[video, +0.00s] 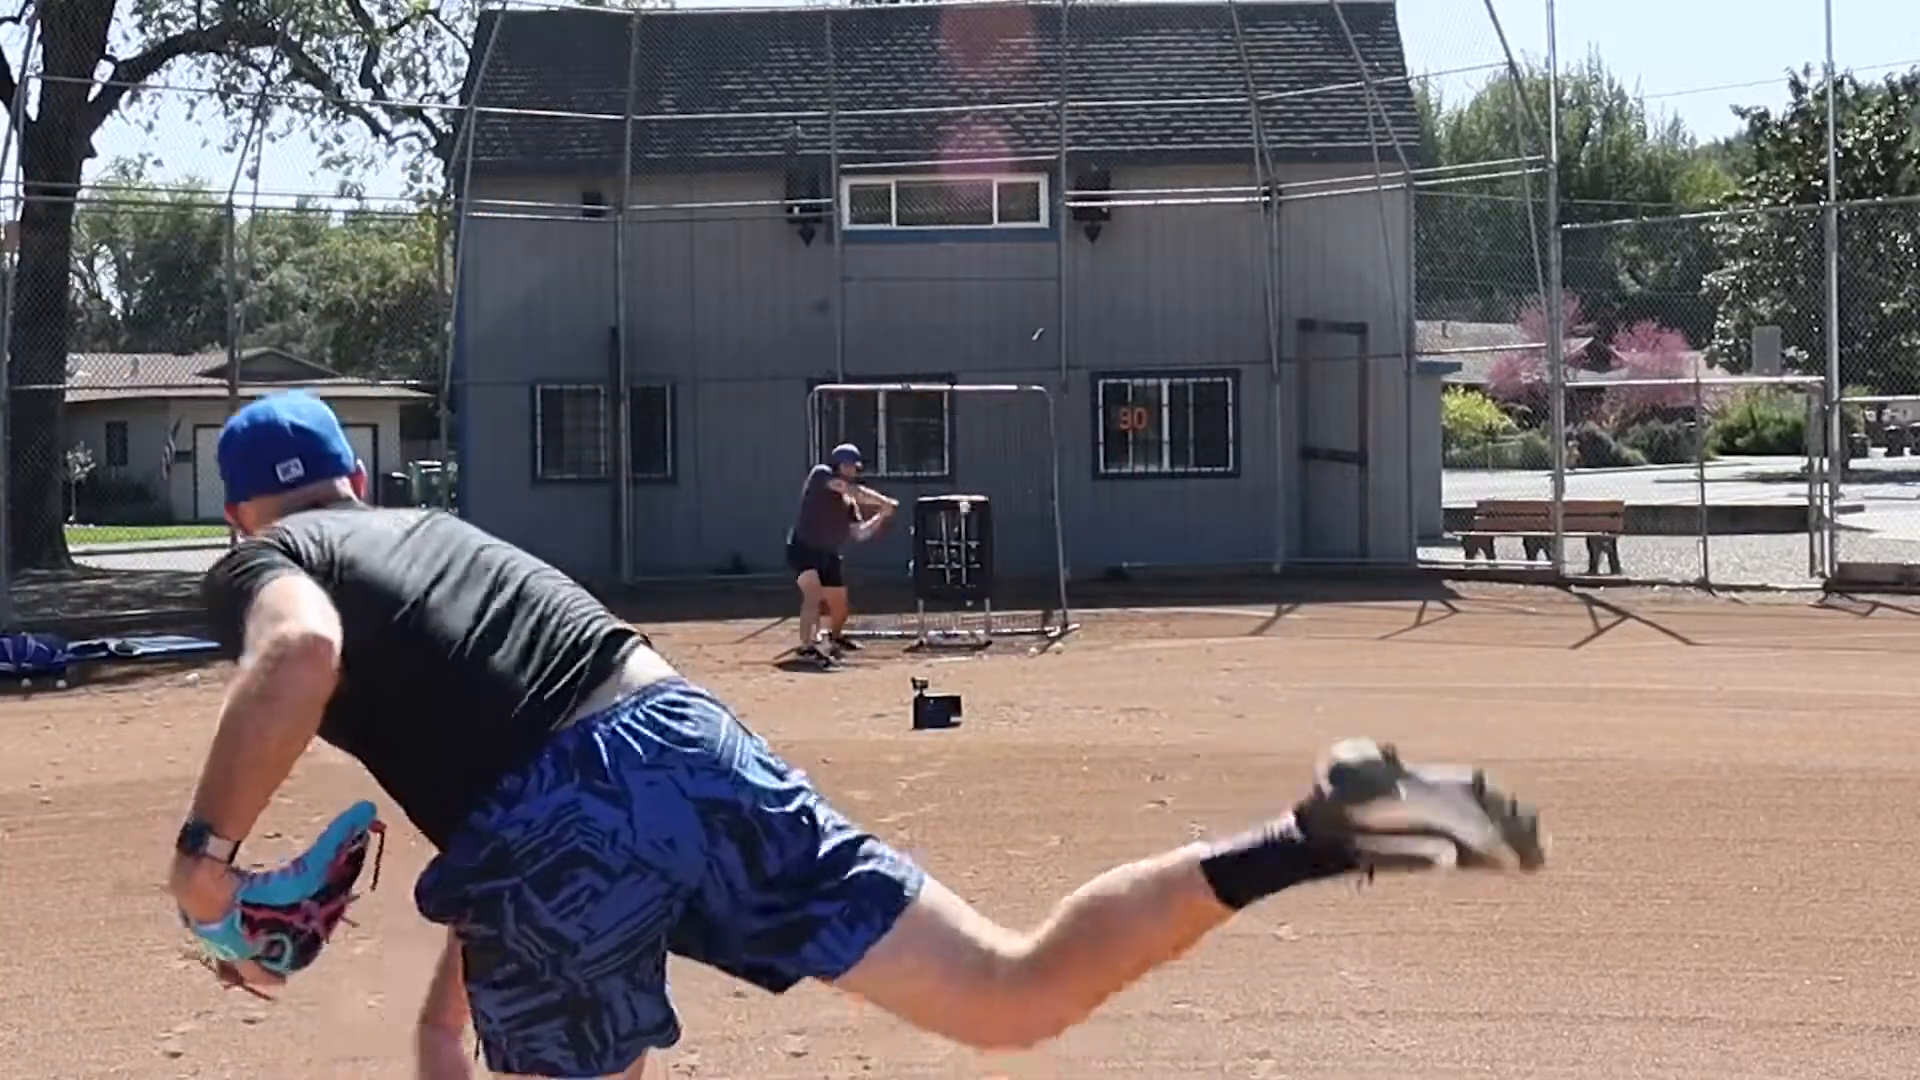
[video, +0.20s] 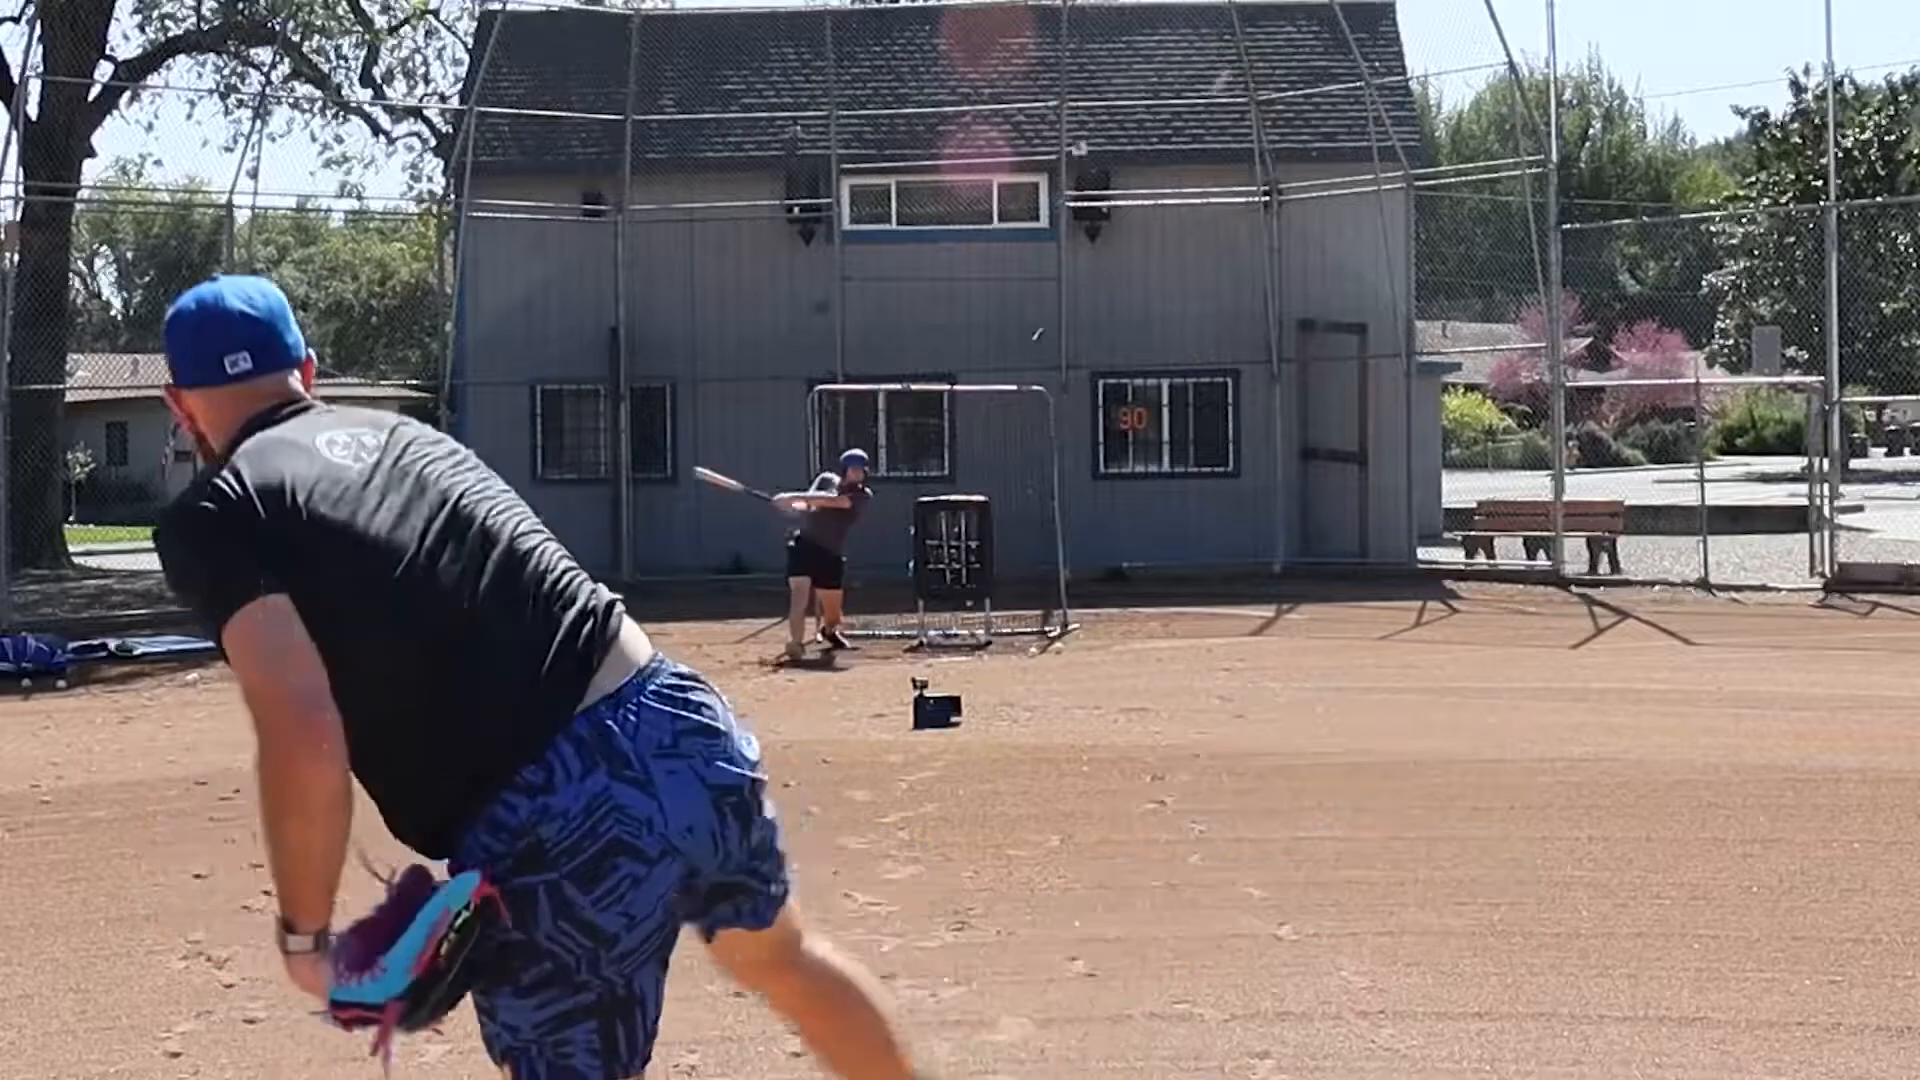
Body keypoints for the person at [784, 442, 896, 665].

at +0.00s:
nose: (855, 471)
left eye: (856, 467)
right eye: (851, 465)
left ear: (855, 467)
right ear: (839, 464)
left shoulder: (849, 498)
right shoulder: (820, 474)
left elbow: (858, 532)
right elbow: (854, 491)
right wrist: (884, 501)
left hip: (829, 552)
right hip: (805, 547)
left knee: (839, 606)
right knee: (813, 593)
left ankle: (835, 637)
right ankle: (806, 646)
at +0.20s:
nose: (858, 474)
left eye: (861, 470)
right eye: (854, 469)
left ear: (865, 472)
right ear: (845, 469)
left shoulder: (863, 496)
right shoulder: (827, 481)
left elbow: (833, 501)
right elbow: (809, 503)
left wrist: (794, 497)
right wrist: (790, 505)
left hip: (831, 554)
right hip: (805, 547)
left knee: (833, 612)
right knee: (799, 599)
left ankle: (829, 632)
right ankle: (795, 646)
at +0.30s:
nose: (850, 467)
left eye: (855, 463)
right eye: (846, 462)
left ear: (859, 466)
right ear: (837, 464)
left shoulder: (854, 487)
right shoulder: (827, 488)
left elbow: (819, 488)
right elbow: (808, 513)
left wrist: (787, 488)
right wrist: (785, 493)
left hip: (833, 551)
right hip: (807, 548)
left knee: (834, 608)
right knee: (800, 600)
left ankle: (833, 631)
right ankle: (797, 645)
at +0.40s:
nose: (840, 458)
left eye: (845, 454)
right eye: (836, 454)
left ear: (851, 461)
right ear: (829, 459)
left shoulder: (844, 481)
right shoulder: (824, 489)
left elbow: (803, 482)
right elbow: (810, 516)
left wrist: (801, 484)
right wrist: (796, 495)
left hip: (834, 550)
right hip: (809, 548)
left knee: (834, 605)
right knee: (803, 598)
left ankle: (834, 632)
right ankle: (798, 646)